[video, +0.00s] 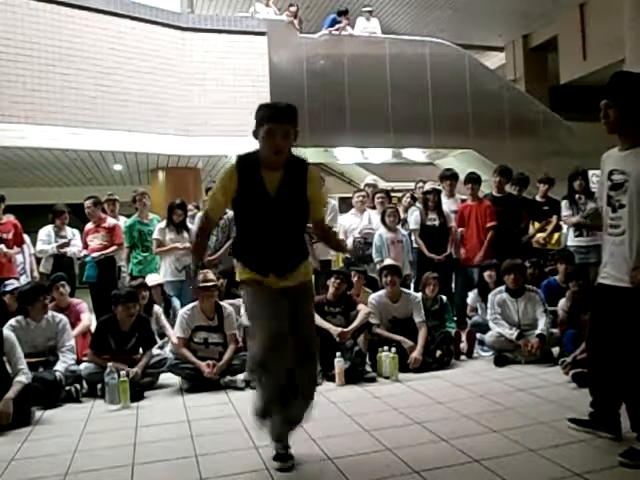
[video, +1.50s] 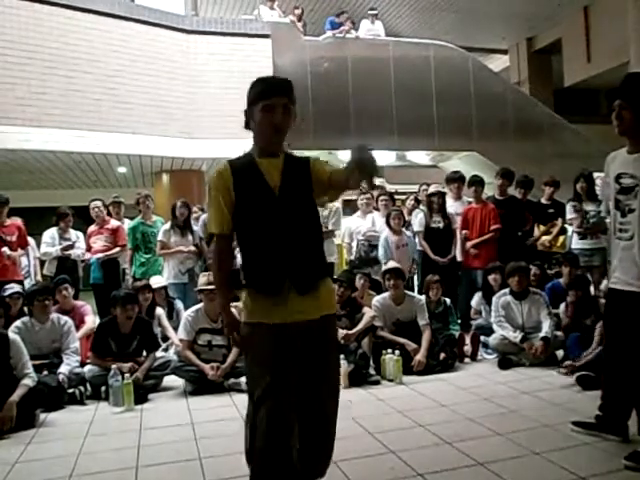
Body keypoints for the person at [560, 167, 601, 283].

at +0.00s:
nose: (579, 183)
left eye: (582, 179)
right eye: (576, 180)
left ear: (586, 182)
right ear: (571, 183)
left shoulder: (595, 198)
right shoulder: (567, 201)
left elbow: (601, 222)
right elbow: (567, 220)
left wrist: (580, 221)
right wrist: (582, 217)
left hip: (594, 243)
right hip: (575, 243)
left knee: (592, 278)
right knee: (575, 278)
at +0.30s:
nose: (585, 185)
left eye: (588, 182)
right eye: (582, 182)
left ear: (591, 184)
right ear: (577, 185)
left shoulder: (600, 202)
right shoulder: (571, 204)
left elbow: (605, 224)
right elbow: (573, 223)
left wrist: (583, 225)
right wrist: (593, 225)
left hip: (598, 246)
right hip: (579, 246)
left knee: (597, 282)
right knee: (579, 282)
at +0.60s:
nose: (584, 186)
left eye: (587, 182)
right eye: (581, 182)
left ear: (591, 184)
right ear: (576, 185)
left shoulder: (600, 201)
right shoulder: (571, 204)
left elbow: (603, 223)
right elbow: (576, 224)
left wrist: (586, 228)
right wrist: (582, 205)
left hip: (598, 247)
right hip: (579, 248)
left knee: (596, 284)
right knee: (579, 284)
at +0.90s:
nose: (584, 185)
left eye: (587, 182)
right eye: (581, 182)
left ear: (592, 185)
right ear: (576, 186)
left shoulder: (601, 203)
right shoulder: (572, 205)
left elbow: (605, 224)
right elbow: (576, 225)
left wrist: (585, 228)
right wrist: (598, 226)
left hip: (598, 248)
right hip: (579, 249)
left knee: (597, 285)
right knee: (580, 285)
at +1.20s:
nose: (582, 185)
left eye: (585, 182)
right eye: (579, 182)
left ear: (590, 184)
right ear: (576, 185)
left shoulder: (600, 203)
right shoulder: (572, 204)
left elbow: (604, 223)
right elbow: (577, 224)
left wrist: (584, 228)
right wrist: (598, 226)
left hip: (598, 246)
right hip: (580, 246)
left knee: (597, 282)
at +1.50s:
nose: (582, 186)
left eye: (585, 182)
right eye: (579, 182)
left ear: (590, 185)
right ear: (575, 185)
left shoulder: (600, 204)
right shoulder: (572, 204)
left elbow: (605, 224)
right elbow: (577, 226)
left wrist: (586, 229)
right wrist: (598, 226)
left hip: (598, 246)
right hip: (579, 247)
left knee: (597, 284)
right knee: (579, 283)